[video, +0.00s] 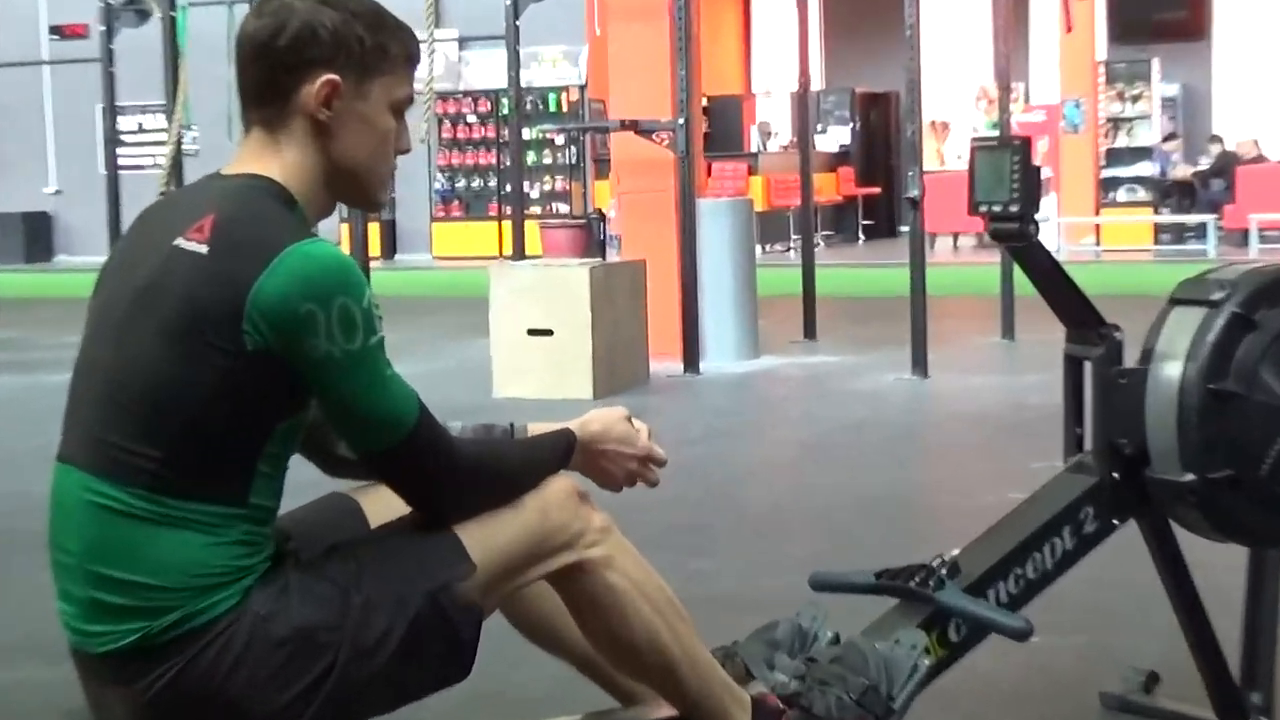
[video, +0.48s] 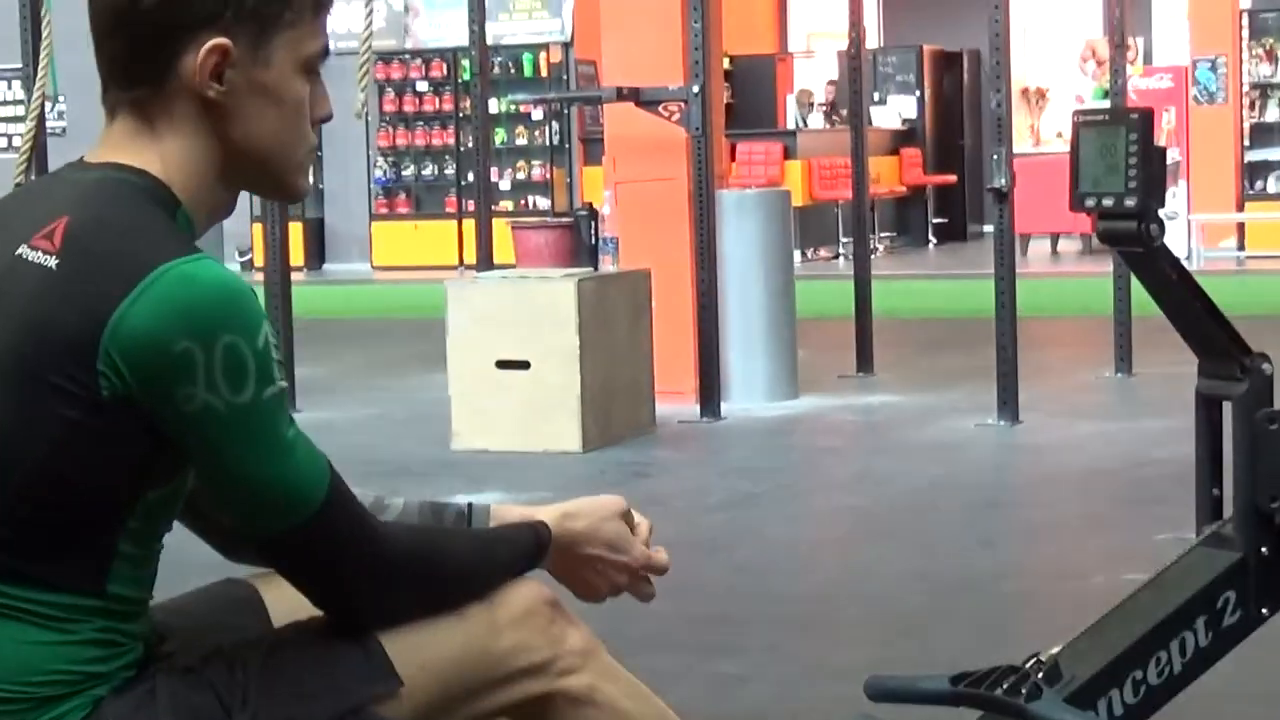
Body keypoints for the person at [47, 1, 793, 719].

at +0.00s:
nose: (407, 142)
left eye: (409, 115)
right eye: (398, 112)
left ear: (303, 104)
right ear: (327, 102)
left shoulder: (179, 222)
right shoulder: (303, 271)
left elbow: (342, 453)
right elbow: (441, 476)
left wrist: (539, 452)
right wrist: (574, 444)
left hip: (127, 621)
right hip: (200, 653)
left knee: (447, 506)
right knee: (566, 507)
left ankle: (654, 700)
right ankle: (735, 710)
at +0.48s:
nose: (327, 109)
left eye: (322, 72)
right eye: (309, 70)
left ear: (217, 77)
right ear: (213, 72)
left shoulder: (46, 220)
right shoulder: (182, 296)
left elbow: (253, 529)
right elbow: (366, 582)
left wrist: (507, 525)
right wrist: (550, 540)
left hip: (46, 669)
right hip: (84, 704)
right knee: (527, 621)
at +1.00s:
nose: (293, 86)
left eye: (286, 54)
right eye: (270, 51)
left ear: (164, 75)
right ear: (171, 70)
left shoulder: (41, 232)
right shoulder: (191, 288)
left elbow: (271, 540)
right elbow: (413, 564)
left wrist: (562, 573)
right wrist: (607, 563)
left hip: (48, 687)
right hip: (124, 712)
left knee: (417, 606)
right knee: (600, 641)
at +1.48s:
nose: (299, 119)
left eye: (307, 85)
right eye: (250, 82)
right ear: (138, 95)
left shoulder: (83, 247)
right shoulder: (155, 301)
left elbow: (104, 575)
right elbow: (281, 673)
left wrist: (308, 601)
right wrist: (459, 640)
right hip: (99, 703)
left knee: (410, 590)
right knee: (593, 692)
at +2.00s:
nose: (265, 148)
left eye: (284, 106)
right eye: (218, 104)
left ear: (303, 112)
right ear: (117, 114)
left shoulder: (59, 260)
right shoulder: (135, 306)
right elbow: (207, 673)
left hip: (64, 688)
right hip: (116, 708)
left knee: (492, 659)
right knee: (637, 707)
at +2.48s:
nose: (347, 170)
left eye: (370, 129)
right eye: (300, 128)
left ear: (393, 134)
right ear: (207, 133)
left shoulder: (169, 274)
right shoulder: (208, 325)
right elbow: (213, 679)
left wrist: (261, 695)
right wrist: (287, 708)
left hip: (108, 692)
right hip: (132, 718)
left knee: (566, 653)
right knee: (708, 711)